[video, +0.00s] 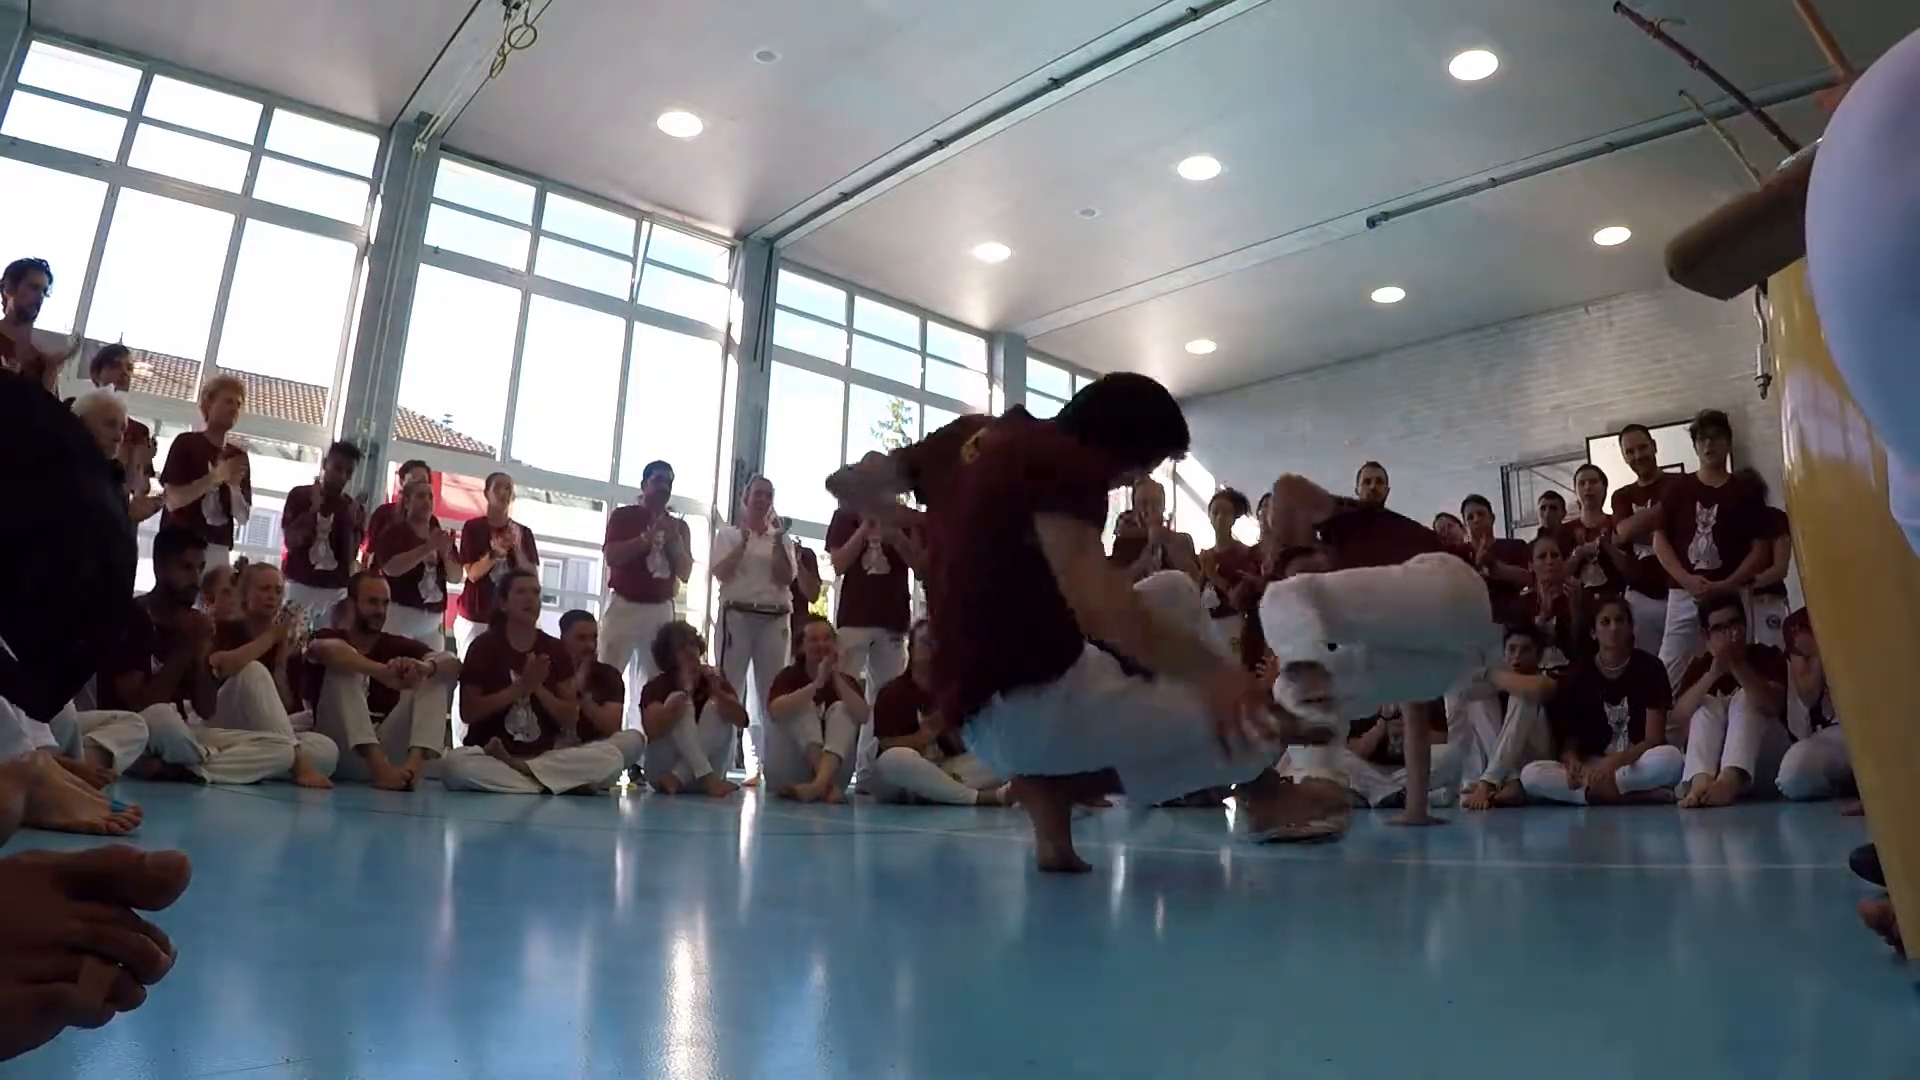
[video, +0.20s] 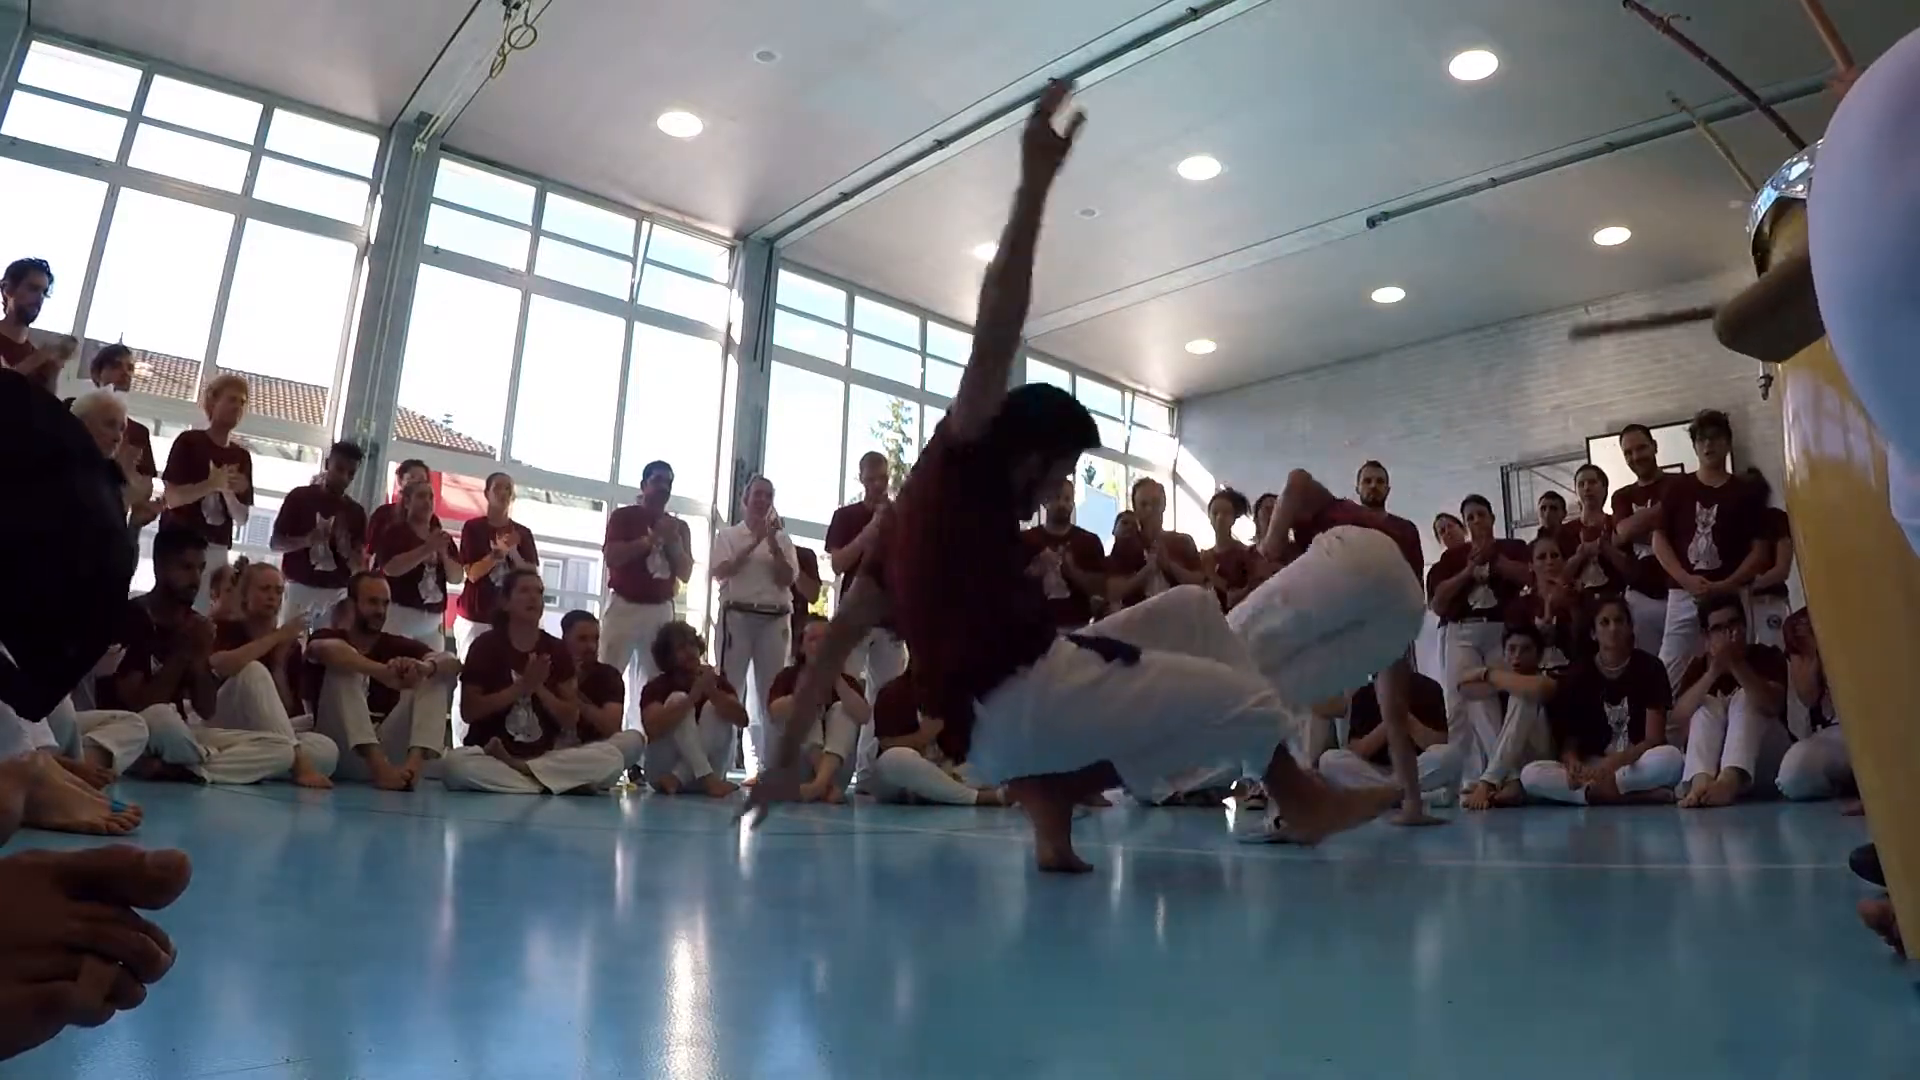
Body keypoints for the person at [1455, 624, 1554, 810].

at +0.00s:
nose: (1517, 657)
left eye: (1525, 650)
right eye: (1511, 650)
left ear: (1538, 654)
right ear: (1504, 653)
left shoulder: (1550, 676)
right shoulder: (1500, 680)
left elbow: (1539, 689)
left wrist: (1490, 675)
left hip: (1545, 755)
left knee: (1524, 694)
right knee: (1478, 697)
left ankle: (1490, 780)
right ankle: (1510, 780)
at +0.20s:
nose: (1517, 657)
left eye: (1525, 650)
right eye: (1512, 650)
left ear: (1538, 653)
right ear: (1505, 653)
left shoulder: (1552, 673)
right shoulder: (1505, 675)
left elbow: (1540, 689)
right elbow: (1464, 687)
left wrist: (1488, 674)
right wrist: (1512, 683)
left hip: (1547, 755)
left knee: (1523, 694)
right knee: (1477, 696)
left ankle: (1490, 780)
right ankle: (1510, 780)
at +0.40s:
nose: (1518, 656)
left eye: (1527, 650)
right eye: (1513, 650)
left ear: (1539, 655)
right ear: (1505, 655)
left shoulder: (1550, 676)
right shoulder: (1501, 678)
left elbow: (1540, 690)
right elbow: (1465, 689)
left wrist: (1488, 673)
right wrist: (1515, 681)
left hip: (1543, 758)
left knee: (1524, 692)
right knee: (1477, 694)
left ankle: (1489, 780)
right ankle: (1510, 780)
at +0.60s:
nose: (1519, 656)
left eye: (1527, 650)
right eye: (1513, 649)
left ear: (1539, 655)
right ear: (1506, 655)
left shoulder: (1550, 677)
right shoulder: (1502, 678)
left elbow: (1539, 690)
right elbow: (1465, 688)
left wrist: (1488, 673)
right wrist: (1515, 682)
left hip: (1543, 759)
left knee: (1524, 692)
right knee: (1477, 695)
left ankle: (1490, 779)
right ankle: (1510, 780)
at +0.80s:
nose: (1520, 655)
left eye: (1528, 649)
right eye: (1514, 649)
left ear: (1539, 655)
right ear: (1506, 655)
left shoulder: (1550, 677)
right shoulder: (1501, 678)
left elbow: (1541, 691)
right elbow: (1465, 688)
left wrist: (1488, 673)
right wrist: (1515, 681)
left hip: (1543, 759)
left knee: (1524, 692)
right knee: (1477, 696)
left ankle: (1490, 779)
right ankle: (1510, 780)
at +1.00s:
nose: (1519, 655)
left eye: (1527, 649)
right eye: (1513, 649)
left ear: (1539, 654)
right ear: (1506, 654)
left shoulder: (1550, 676)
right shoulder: (1500, 678)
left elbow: (1540, 690)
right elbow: (1465, 689)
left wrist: (1488, 673)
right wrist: (1515, 681)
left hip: (1543, 759)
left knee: (1524, 693)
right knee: (1477, 696)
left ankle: (1489, 780)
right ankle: (1510, 780)